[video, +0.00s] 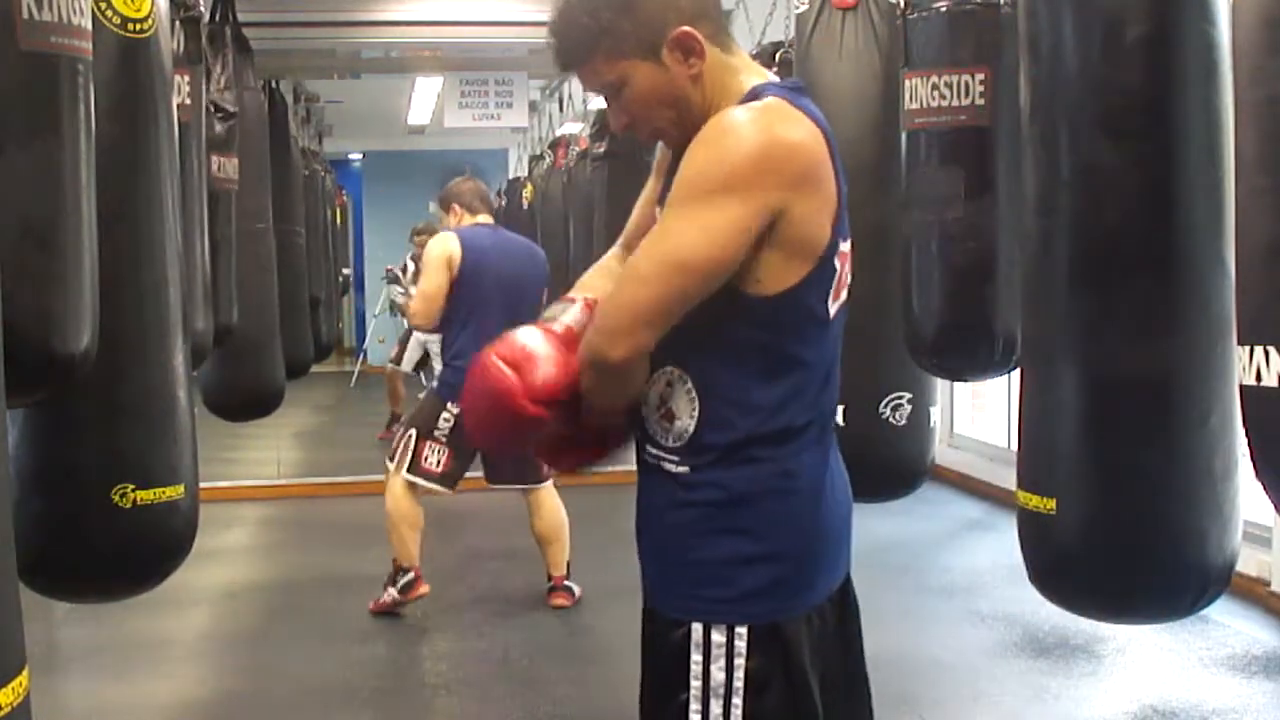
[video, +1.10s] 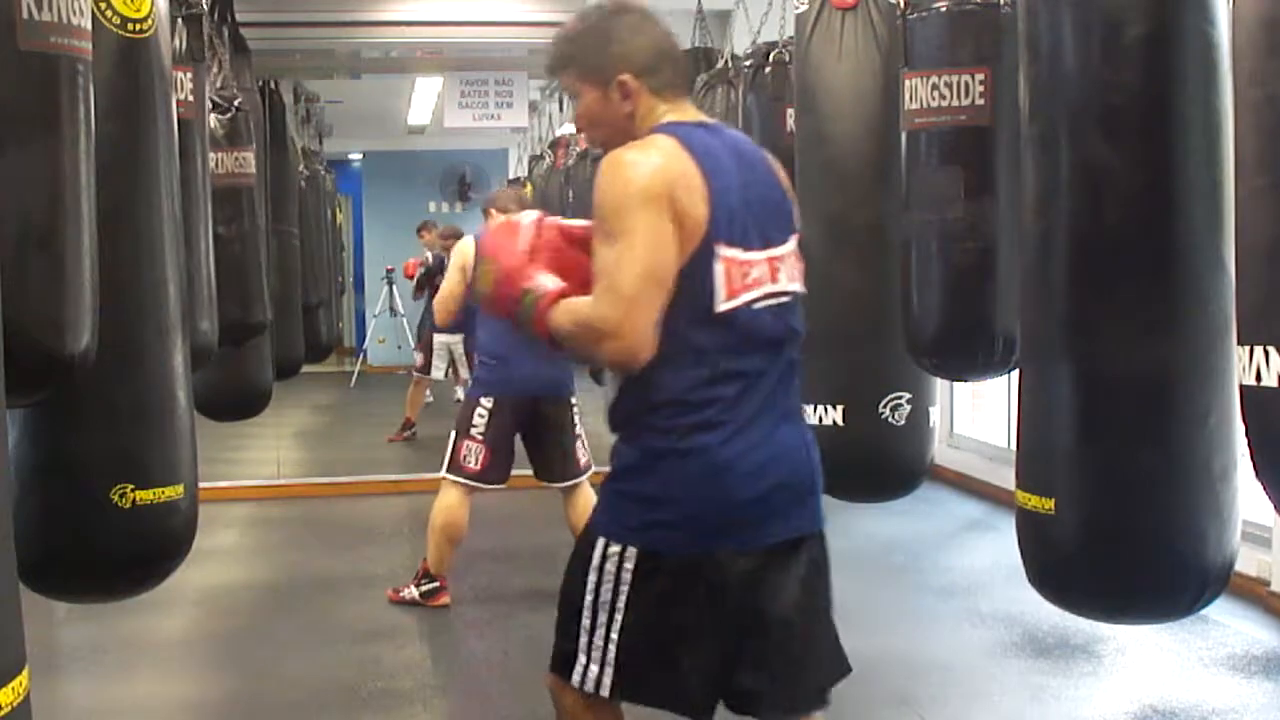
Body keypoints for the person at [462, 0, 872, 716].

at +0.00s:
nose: (613, 119)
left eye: (613, 92)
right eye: (603, 100)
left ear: (686, 53)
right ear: (687, 56)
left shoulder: (753, 137)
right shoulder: (708, 127)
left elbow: (618, 346)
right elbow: (626, 254)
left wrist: (604, 420)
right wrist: (556, 337)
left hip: (733, 542)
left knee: (713, 712)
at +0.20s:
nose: (594, 80)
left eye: (604, 46)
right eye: (587, 54)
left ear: (685, 30)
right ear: (683, 38)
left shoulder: (736, 126)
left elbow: (598, 319)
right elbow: (591, 249)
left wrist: (614, 383)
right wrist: (551, 351)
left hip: (729, 536)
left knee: (714, 710)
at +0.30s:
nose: (590, 72)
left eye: (601, 37)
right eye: (585, 45)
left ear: (680, 27)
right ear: (679, 34)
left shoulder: (719, 119)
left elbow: (577, 303)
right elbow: (566, 273)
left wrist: (619, 374)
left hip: (729, 533)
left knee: (709, 711)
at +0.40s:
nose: (586, 69)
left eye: (594, 35)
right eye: (584, 41)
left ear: (668, 30)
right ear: (668, 34)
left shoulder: (709, 129)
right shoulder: (755, 111)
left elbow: (593, 334)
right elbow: (615, 257)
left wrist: (611, 376)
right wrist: (536, 329)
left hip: (722, 530)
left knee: (702, 712)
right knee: (786, 707)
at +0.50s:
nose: (590, 71)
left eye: (596, 39)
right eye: (588, 43)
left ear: (659, 39)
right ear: (661, 40)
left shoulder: (701, 135)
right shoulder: (765, 119)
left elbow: (639, 355)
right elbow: (673, 276)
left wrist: (586, 394)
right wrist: (529, 318)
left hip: (719, 528)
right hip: (790, 502)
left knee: (695, 710)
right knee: (789, 706)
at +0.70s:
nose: (612, 83)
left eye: (616, 58)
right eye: (609, 61)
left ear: (666, 60)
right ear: (689, 60)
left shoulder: (697, 153)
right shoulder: (784, 146)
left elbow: (701, 326)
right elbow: (771, 326)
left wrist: (611, 372)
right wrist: (646, 356)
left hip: (717, 527)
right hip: (795, 505)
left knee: (671, 708)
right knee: (791, 706)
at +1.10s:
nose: (574, 119)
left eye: (575, 97)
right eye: (569, 100)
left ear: (624, 90)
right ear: (640, 86)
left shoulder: (639, 167)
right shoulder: (761, 164)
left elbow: (623, 336)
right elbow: (722, 311)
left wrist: (530, 297)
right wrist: (599, 268)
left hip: (674, 485)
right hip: (783, 475)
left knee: (580, 687)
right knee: (785, 702)